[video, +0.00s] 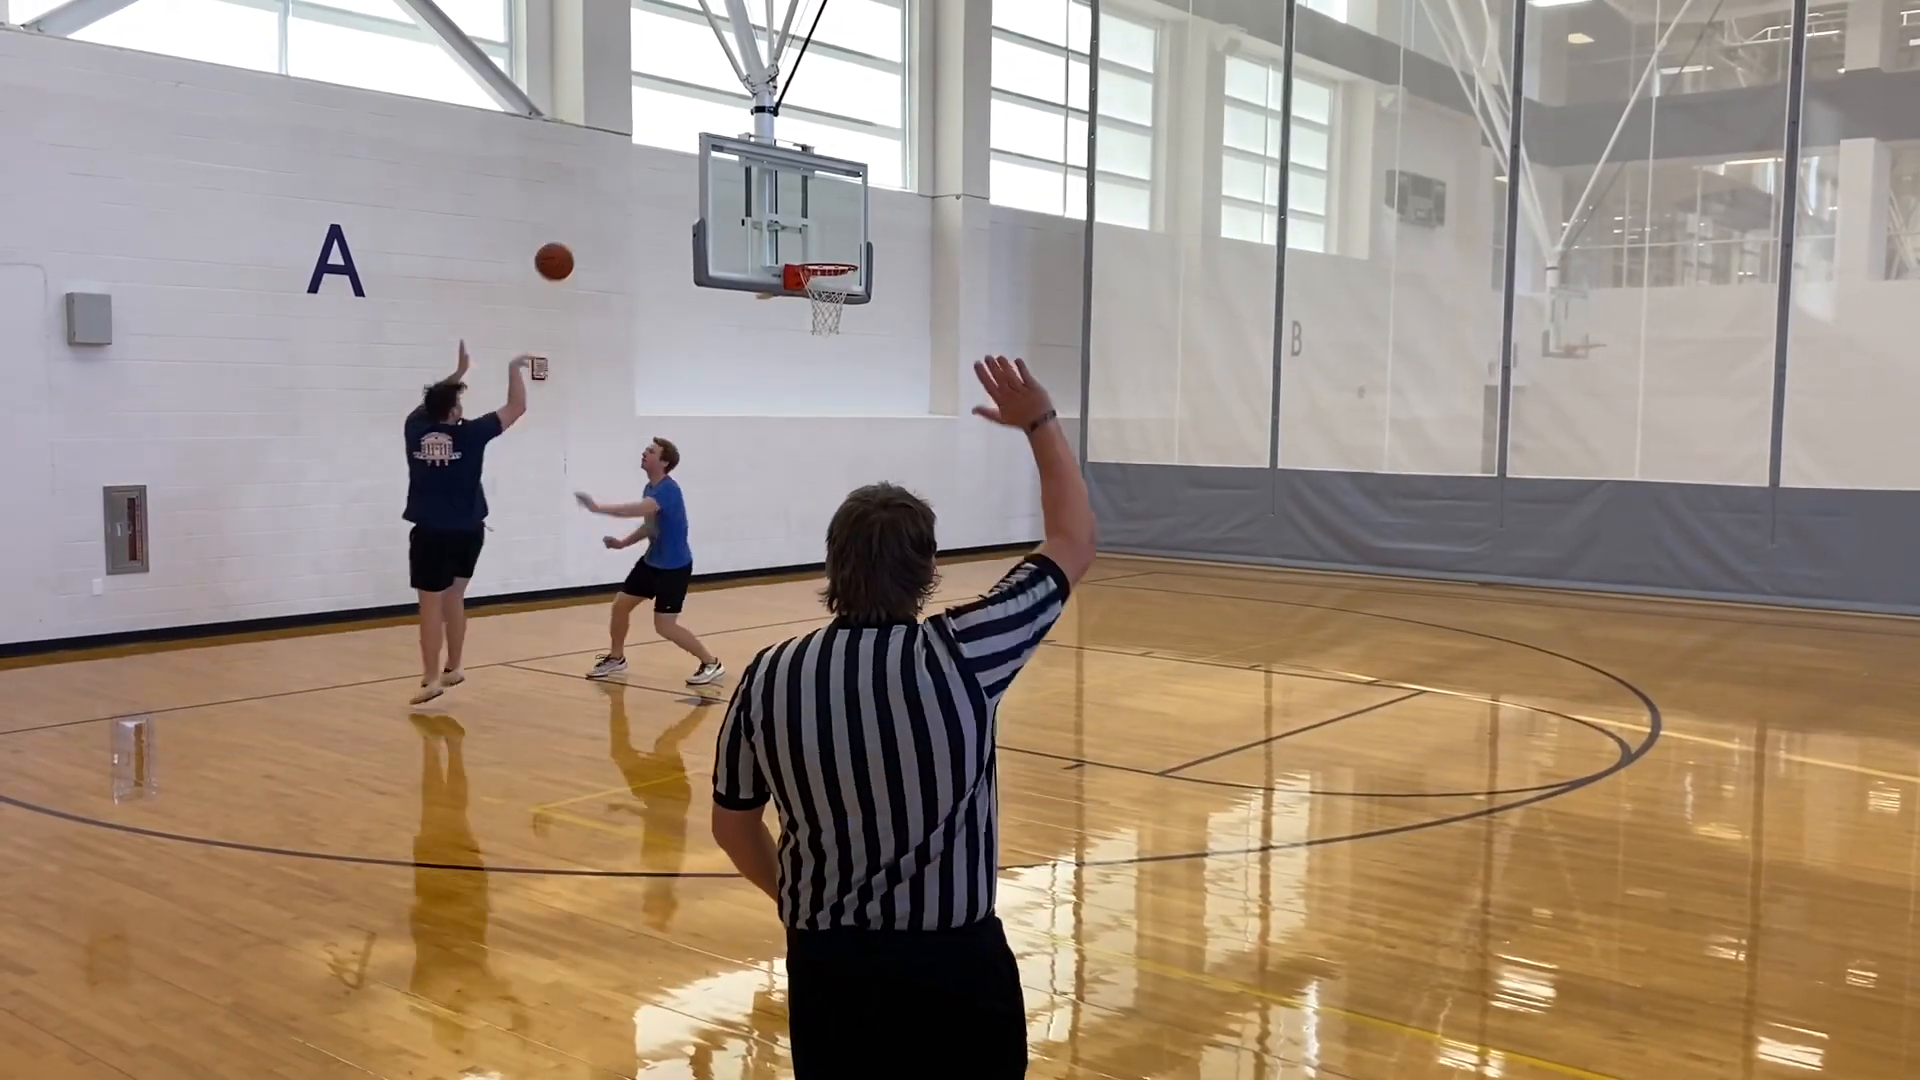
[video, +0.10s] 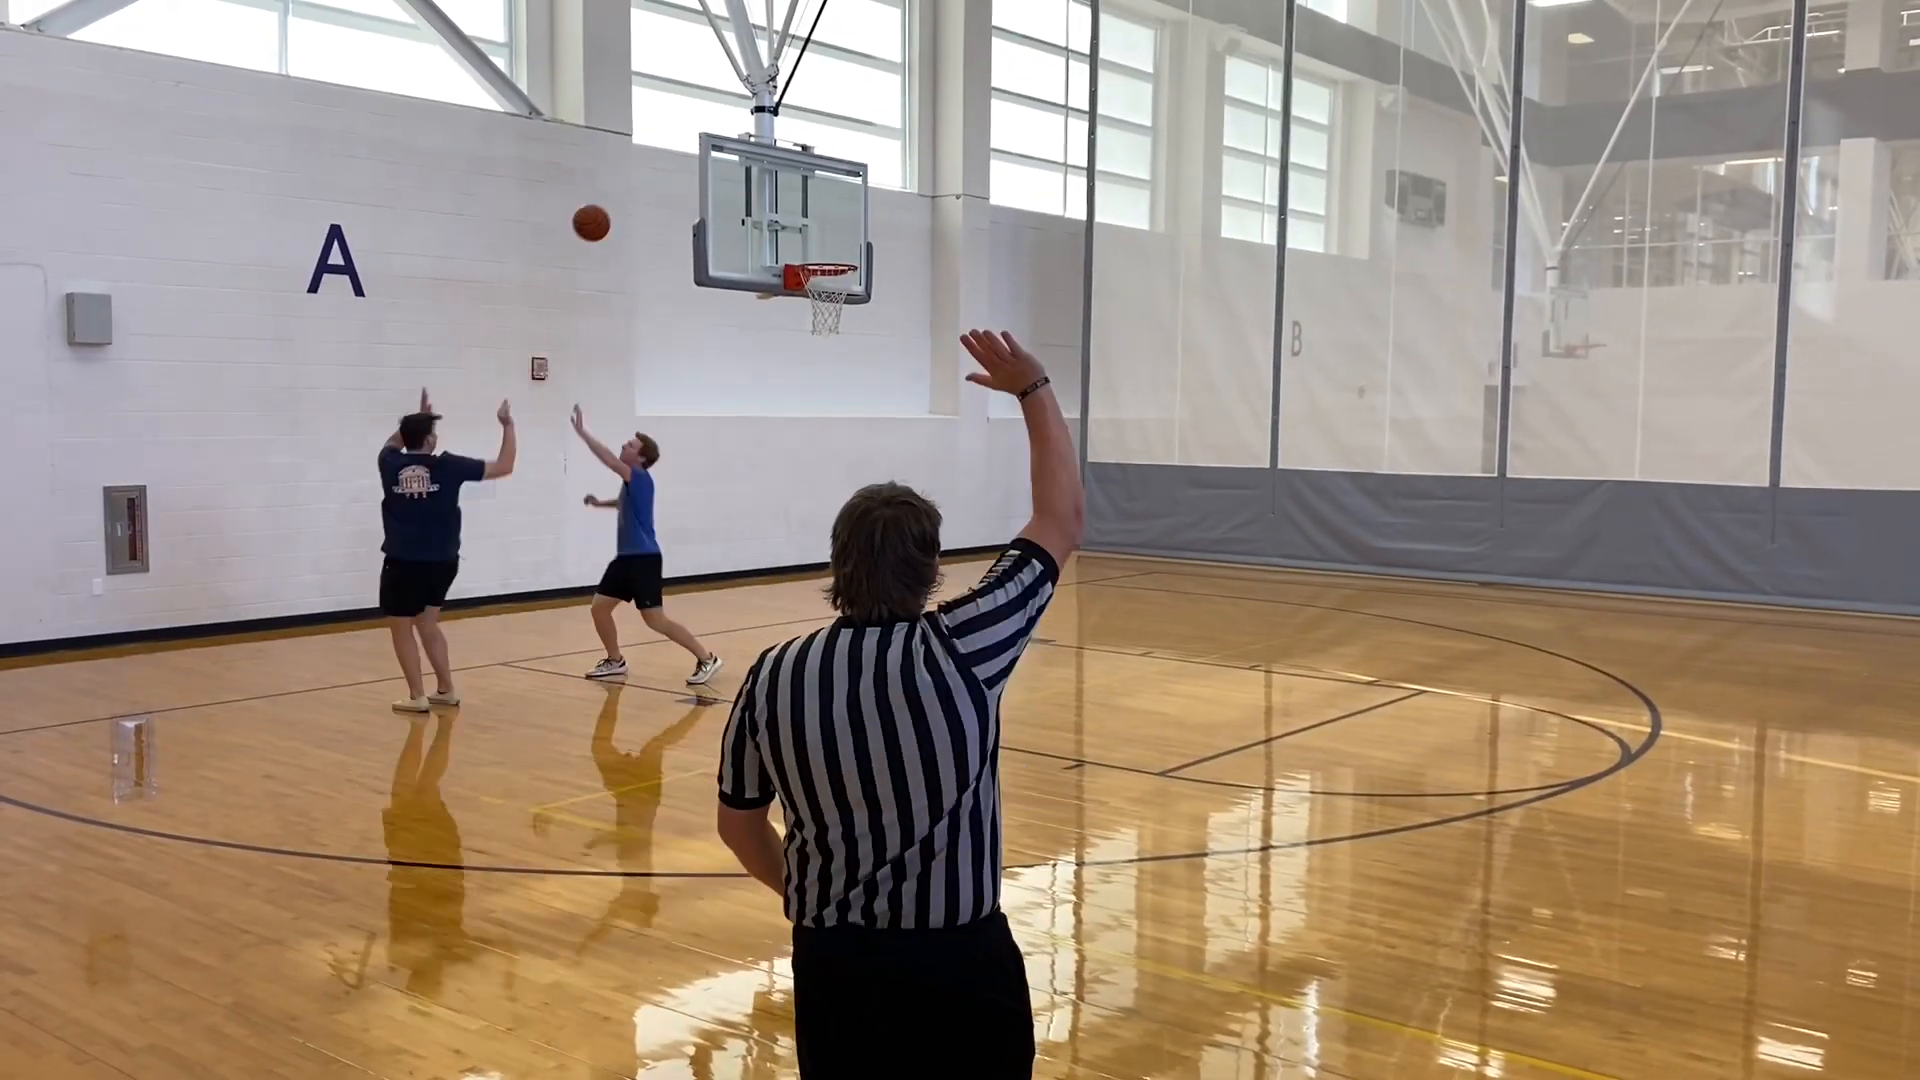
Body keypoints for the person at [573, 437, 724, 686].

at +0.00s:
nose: (644, 454)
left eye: (651, 452)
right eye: (647, 450)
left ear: (663, 462)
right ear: (655, 461)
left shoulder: (668, 490)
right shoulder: (650, 489)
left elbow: (637, 509)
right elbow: (649, 527)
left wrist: (598, 508)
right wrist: (623, 543)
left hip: (675, 567)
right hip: (652, 562)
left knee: (665, 625)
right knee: (621, 606)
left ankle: (711, 664)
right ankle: (616, 659)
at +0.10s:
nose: (623, 447)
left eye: (630, 446)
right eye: (627, 444)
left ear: (641, 457)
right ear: (636, 454)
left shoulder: (641, 479)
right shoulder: (630, 482)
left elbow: (608, 458)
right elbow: (622, 504)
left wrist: (582, 432)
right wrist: (599, 503)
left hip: (645, 559)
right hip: (626, 559)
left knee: (655, 619)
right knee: (599, 609)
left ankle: (707, 659)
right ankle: (615, 662)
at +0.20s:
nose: (612, 412)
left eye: (617, 413)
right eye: (616, 411)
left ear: (623, 423)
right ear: (628, 427)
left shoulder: (610, 436)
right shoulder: (626, 447)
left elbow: (589, 397)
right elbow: (634, 469)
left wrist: (578, 363)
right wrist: (597, 468)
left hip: (612, 523)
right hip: (608, 522)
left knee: (629, 588)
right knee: (605, 590)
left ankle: (667, 639)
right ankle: (607, 649)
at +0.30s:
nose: (594, 387)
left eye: (600, 388)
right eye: (600, 385)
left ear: (601, 399)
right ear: (611, 406)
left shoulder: (586, 408)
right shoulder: (614, 429)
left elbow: (571, 369)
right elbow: (622, 460)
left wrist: (566, 331)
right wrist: (595, 454)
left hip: (584, 498)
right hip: (601, 495)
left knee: (600, 566)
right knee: (603, 565)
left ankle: (618, 624)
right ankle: (613, 620)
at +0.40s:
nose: (578, 381)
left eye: (581, 380)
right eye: (587, 382)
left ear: (578, 388)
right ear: (601, 396)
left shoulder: (564, 400)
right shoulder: (602, 421)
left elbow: (544, 364)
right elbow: (604, 459)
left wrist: (530, 329)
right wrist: (581, 462)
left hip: (559, 487)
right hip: (585, 487)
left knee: (565, 557)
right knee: (592, 552)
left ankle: (571, 618)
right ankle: (605, 610)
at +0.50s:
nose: (551, 387)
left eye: (553, 385)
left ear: (554, 391)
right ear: (579, 395)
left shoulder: (542, 406)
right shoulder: (586, 425)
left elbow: (510, 377)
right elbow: (590, 465)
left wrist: (489, 342)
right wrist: (564, 467)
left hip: (540, 492)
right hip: (572, 494)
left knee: (533, 560)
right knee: (578, 558)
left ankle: (527, 619)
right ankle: (587, 615)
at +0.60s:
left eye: (532, 406)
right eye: (551, 406)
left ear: (529, 408)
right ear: (555, 410)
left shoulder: (520, 427)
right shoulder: (567, 437)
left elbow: (477, 421)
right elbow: (575, 479)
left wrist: (458, 385)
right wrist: (550, 479)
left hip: (523, 508)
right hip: (556, 511)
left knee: (505, 572)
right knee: (558, 576)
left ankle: (488, 629)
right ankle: (559, 636)